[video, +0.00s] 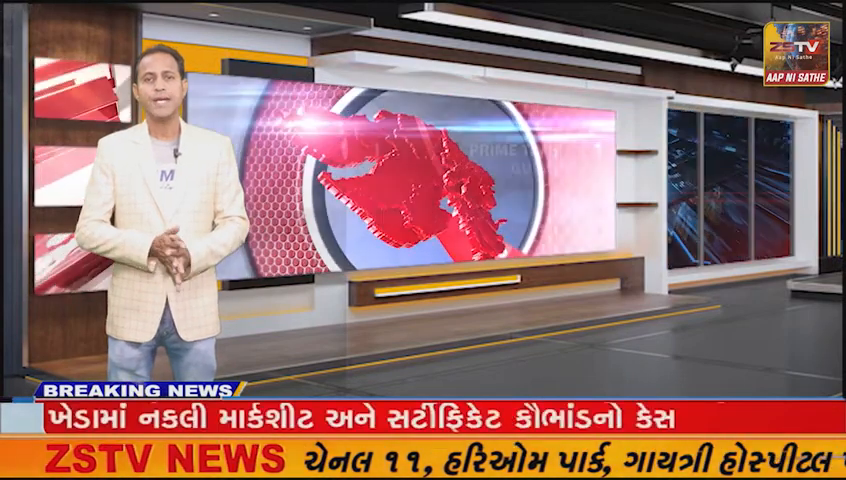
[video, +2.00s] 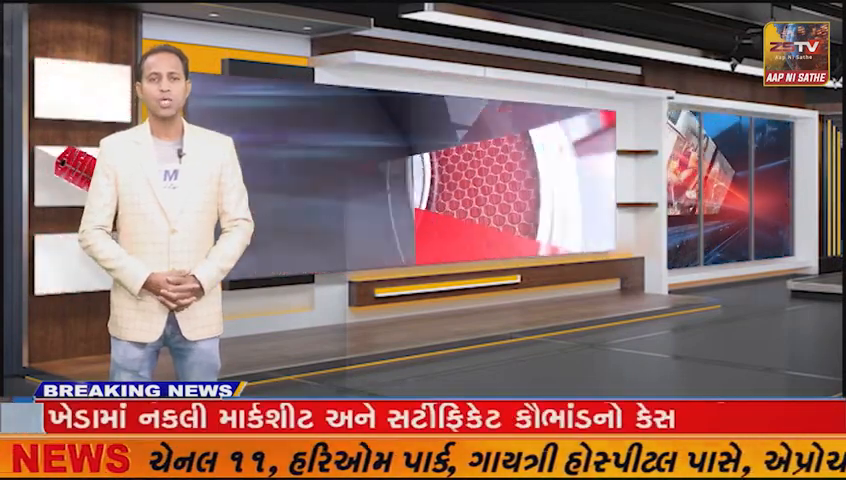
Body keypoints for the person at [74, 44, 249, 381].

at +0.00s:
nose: (160, 86)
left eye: (169, 77)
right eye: (149, 78)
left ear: (184, 86)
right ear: (136, 91)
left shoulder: (216, 147)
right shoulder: (113, 148)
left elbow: (235, 221)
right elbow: (88, 228)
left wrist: (195, 254)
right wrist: (146, 246)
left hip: (194, 303)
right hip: (133, 303)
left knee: (200, 415)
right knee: (125, 417)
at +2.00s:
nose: (164, 87)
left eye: (174, 78)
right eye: (154, 78)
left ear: (187, 88)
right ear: (140, 89)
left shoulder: (219, 147)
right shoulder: (115, 149)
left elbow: (239, 224)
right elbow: (92, 232)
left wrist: (201, 279)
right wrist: (145, 279)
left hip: (199, 310)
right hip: (135, 310)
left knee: (204, 420)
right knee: (127, 421)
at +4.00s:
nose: (163, 89)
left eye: (173, 79)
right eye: (153, 80)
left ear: (187, 88)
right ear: (140, 90)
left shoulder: (219, 148)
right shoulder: (115, 148)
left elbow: (238, 225)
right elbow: (92, 232)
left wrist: (201, 280)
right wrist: (144, 279)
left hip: (199, 310)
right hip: (134, 310)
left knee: (205, 419)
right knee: (125, 420)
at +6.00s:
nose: (167, 88)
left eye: (177, 79)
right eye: (157, 79)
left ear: (190, 88)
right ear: (143, 88)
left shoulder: (220, 147)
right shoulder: (117, 147)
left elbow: (239, 225)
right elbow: (92, 231)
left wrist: (201, 280)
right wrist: (145, 279)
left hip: (198, 309)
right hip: (135, 309)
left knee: (205, 419)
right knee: (125, 420)